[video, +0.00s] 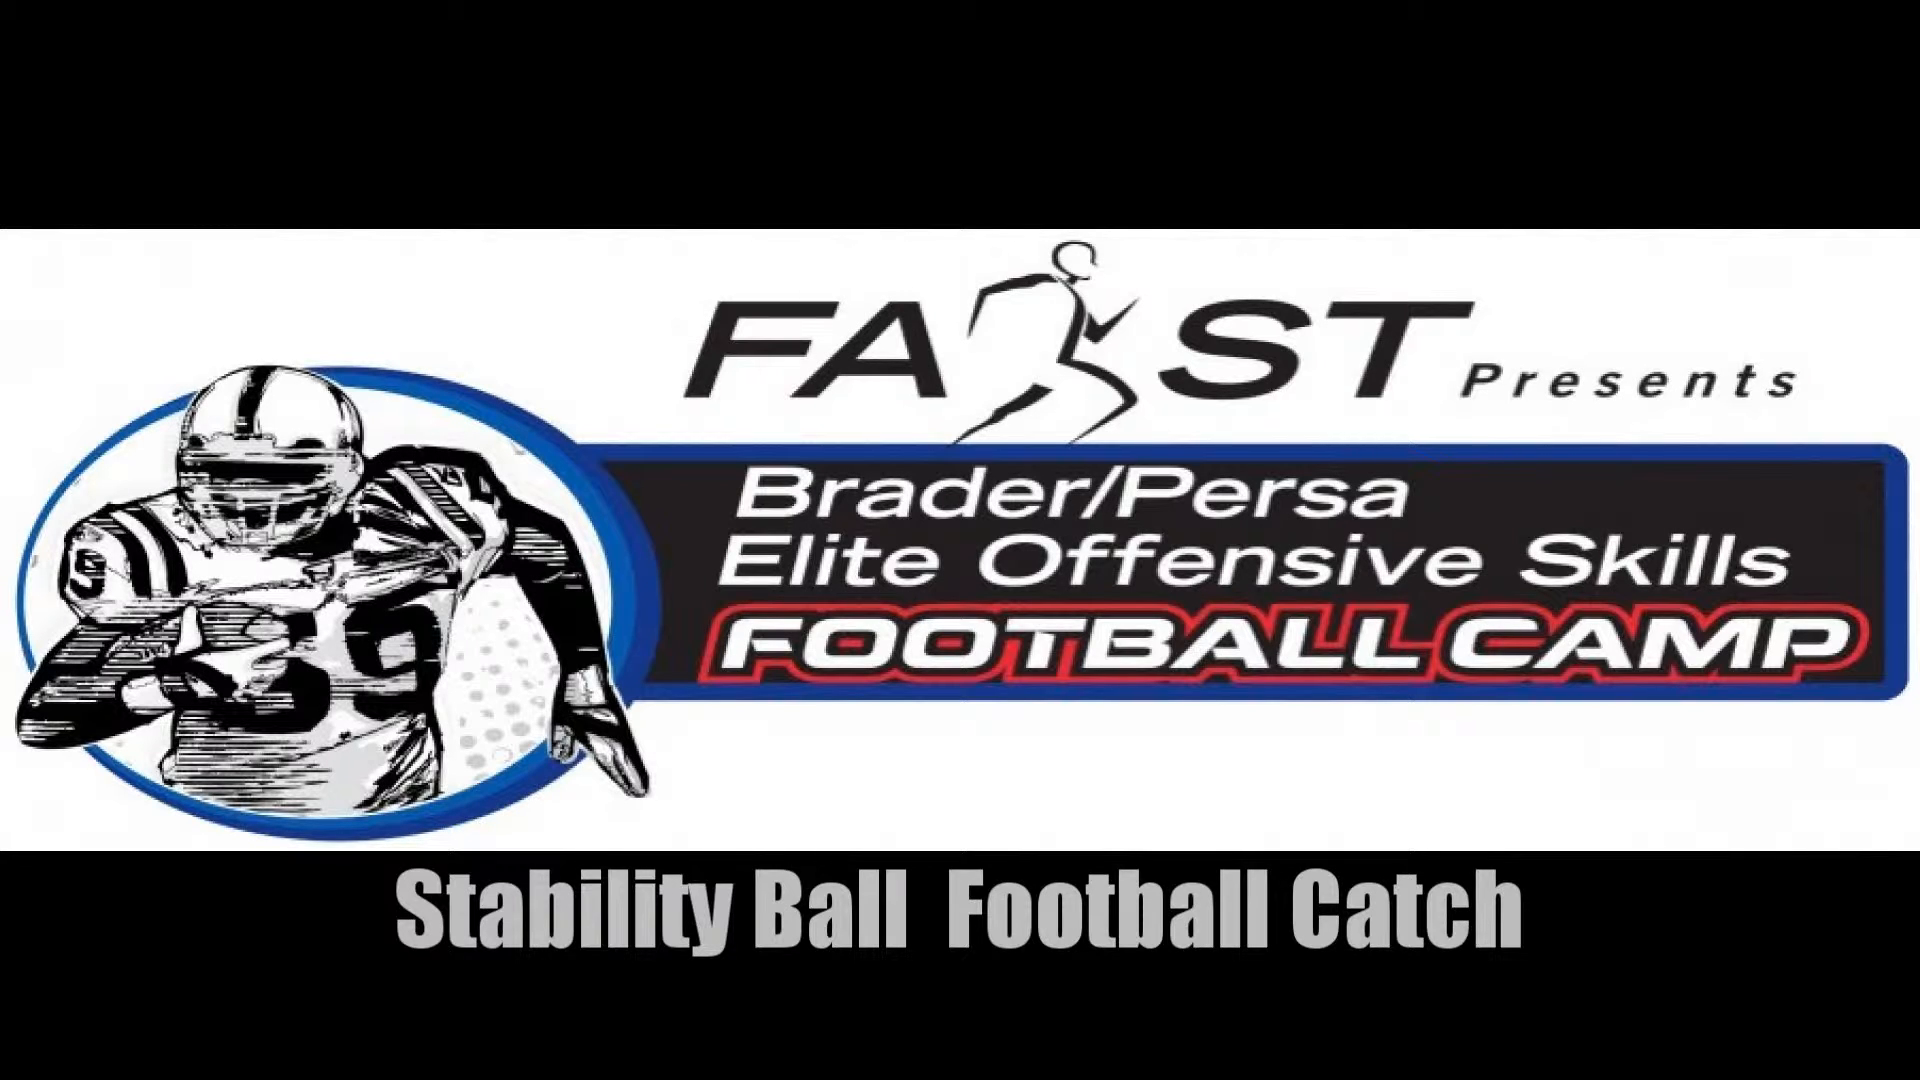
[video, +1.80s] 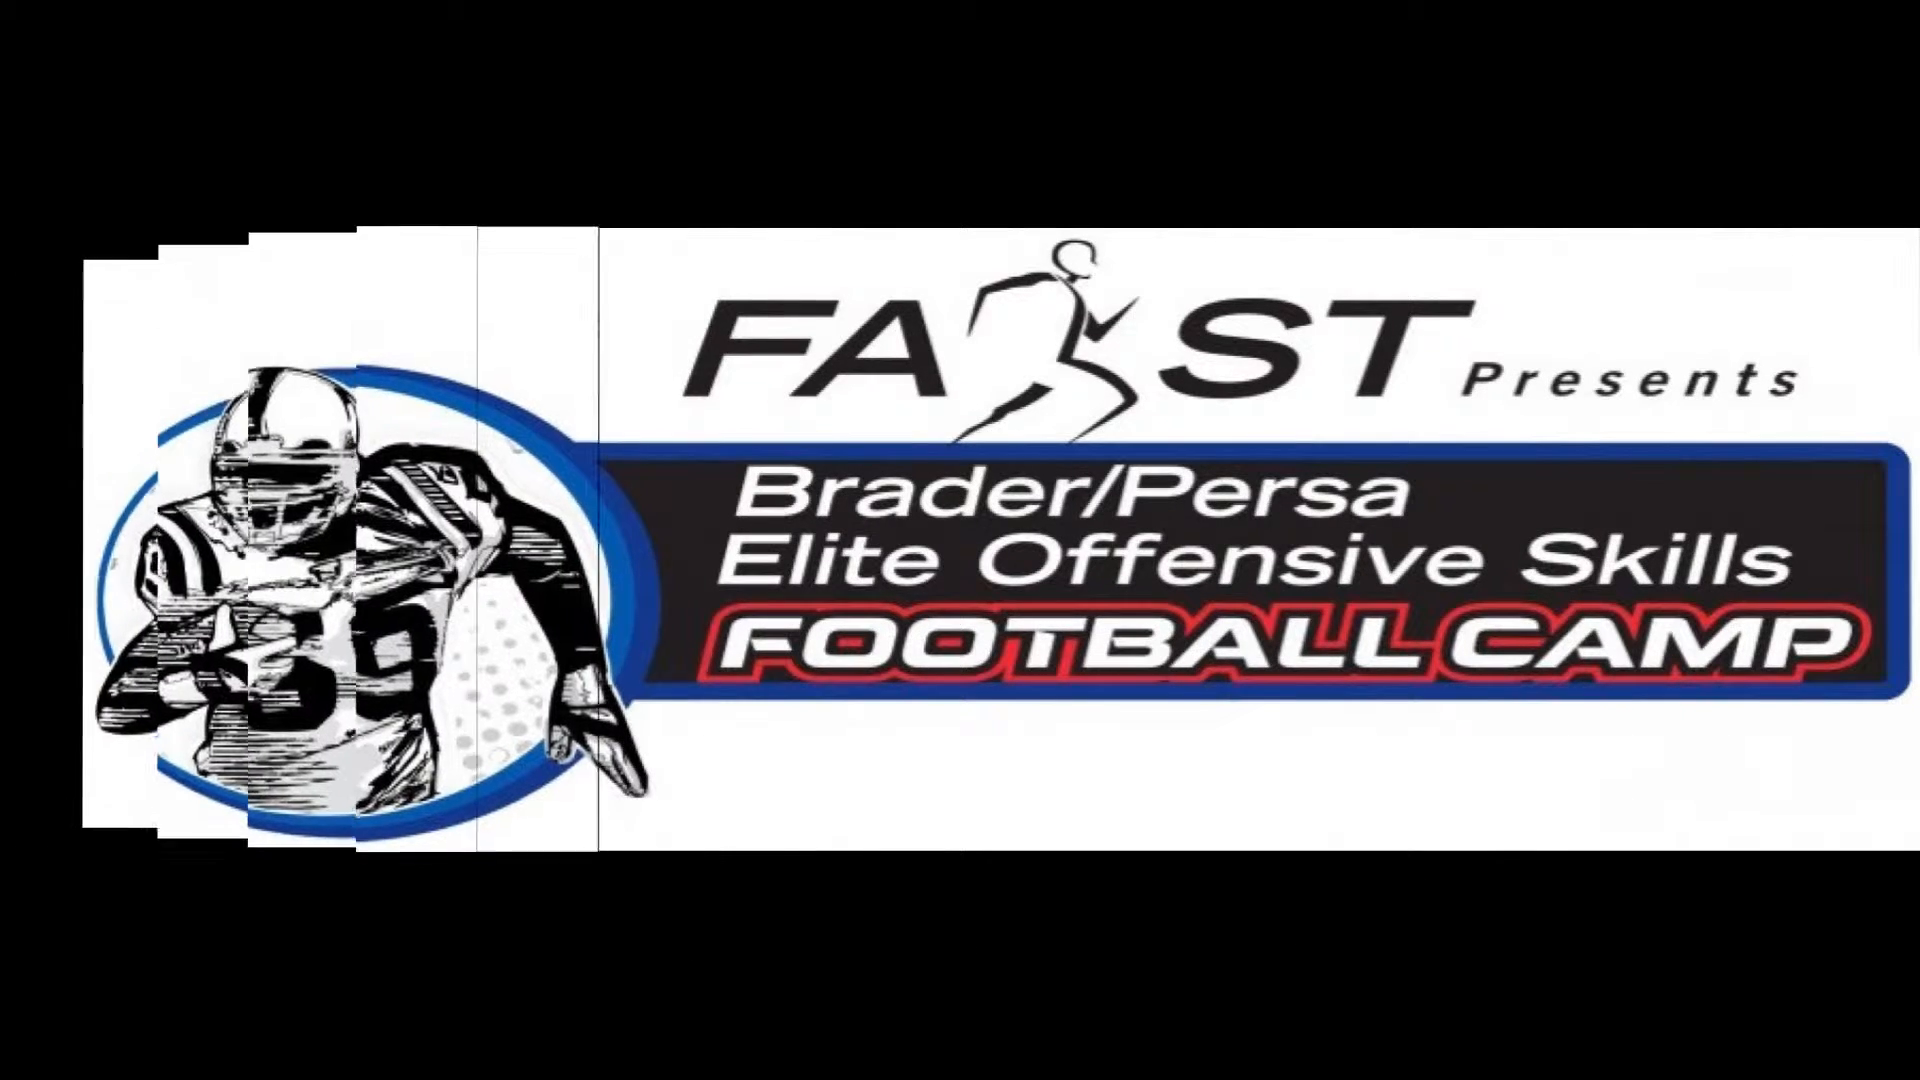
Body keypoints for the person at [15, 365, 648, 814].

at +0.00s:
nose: (248, 518)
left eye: (277, 496)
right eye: (227, 494)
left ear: (336, 482)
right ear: (194, 480)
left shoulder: (427, 510)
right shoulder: (140, 549)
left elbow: (544, 546)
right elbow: (43, 716)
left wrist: (585, 670)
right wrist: (178, 683)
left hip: (388, 811)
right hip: (219, 815)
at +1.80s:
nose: (269, 504)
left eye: (296, 484)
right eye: (250, 482)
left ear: (344, 476)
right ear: (224, 473)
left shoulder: (425, 505)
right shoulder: (186, 545)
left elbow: (543, 549)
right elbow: (117, 706)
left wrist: (583, 678)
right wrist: (223, 672)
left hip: (390, 803)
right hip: (245, 803)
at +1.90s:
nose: (320, 513)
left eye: (344, 492)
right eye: (303, 491)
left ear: (380, 478)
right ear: (278, 477)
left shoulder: (447, 511)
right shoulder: (247, 549)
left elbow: (550, 551)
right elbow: (182, 697)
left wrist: (584, 675)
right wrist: (277, 666)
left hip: (421, 794)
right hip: (297, 794)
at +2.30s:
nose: (402, 531)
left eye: (424, 513)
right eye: (383, 513)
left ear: (467, 501)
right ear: (355, 504)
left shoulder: (535, 524)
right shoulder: (314, 559)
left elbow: (633, 555)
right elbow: (233, 690)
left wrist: (663, 652)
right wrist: (337, 662)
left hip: (511, 764)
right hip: (376, 767)